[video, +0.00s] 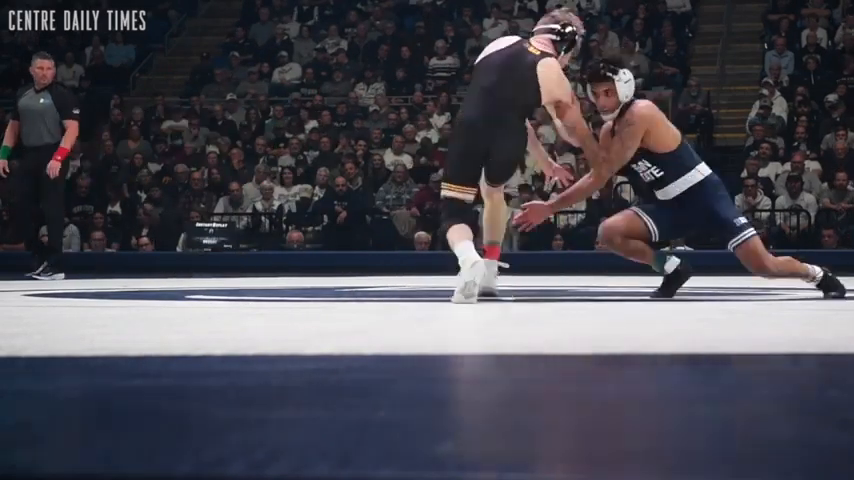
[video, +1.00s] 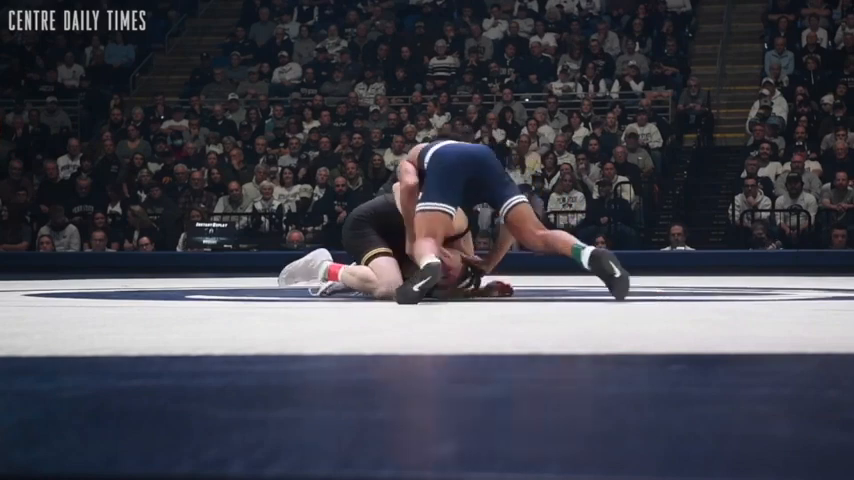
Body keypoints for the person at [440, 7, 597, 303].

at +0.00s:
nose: (569, 60)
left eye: (572, 55)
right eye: (571, 53)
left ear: (537, 33)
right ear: (565, 48)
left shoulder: (498, 44)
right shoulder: (552, 74)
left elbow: (516, 114)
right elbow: (576, 133)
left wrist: (547, 164)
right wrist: (597, 160)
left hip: (469, 128)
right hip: (508, 136)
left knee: (454, 208)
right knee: (494, 189)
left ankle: (469, 260)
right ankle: (490, 267)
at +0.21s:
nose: (564, 141)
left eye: (572, 136)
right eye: (571, 132)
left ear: (558, 85)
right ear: (570, 111)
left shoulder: (521, 76)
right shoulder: (551, 119)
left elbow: (492, 136)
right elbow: (500, 147)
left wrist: (465, 195)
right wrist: (465, 196)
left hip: (458, 122)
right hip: (478, 151)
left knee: (402, 185)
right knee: (407, 202)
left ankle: (430, 248)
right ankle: (335, 247)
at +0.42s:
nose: (563, 245)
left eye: (566, 240)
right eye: (566, 241)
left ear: (551, 220)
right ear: (560, 235)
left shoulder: (520, 209)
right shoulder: (544, 247)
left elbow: (487, 239)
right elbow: (577, 294)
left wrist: (488, 289)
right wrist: (592, 298)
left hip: (429, 190)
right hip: (436, 216)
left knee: (351, 210)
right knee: (379, 289)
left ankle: (281, 179)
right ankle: (301, 263)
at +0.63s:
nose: (540, 276)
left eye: (545, 273)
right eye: (543, 272)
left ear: (527, 247)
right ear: (532, 255)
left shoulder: (494, 242)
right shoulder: (508, 255)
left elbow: (465, 276)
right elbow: (532, 281)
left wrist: (490, 292)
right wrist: (574, 293)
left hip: (400, 194)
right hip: (413, 205)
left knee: (370, 248)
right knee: (383, 286)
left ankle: (330, 216)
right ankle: (303, 262)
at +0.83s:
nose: (506, 275)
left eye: (508, 282)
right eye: (514, 271)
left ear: (503, 286)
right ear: (514, 258)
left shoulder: (475, 275)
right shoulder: (477, 234)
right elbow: (429, 216)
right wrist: (424, 261)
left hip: (409, 238)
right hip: (383, 218)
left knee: (419, 285)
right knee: (400, 282)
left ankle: (355, 270)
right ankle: (339, 274)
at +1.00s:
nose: (444, 267)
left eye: (446, 271)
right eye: (450, 269)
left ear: (450, 267)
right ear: (460, 258)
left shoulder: (458, 244)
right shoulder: (459, 221)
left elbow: (465, 275)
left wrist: (483, 284)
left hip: (392, 237)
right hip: (366, 221)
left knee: (412, 285)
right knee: (388, 286)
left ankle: (352, 282)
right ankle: (327, 268)